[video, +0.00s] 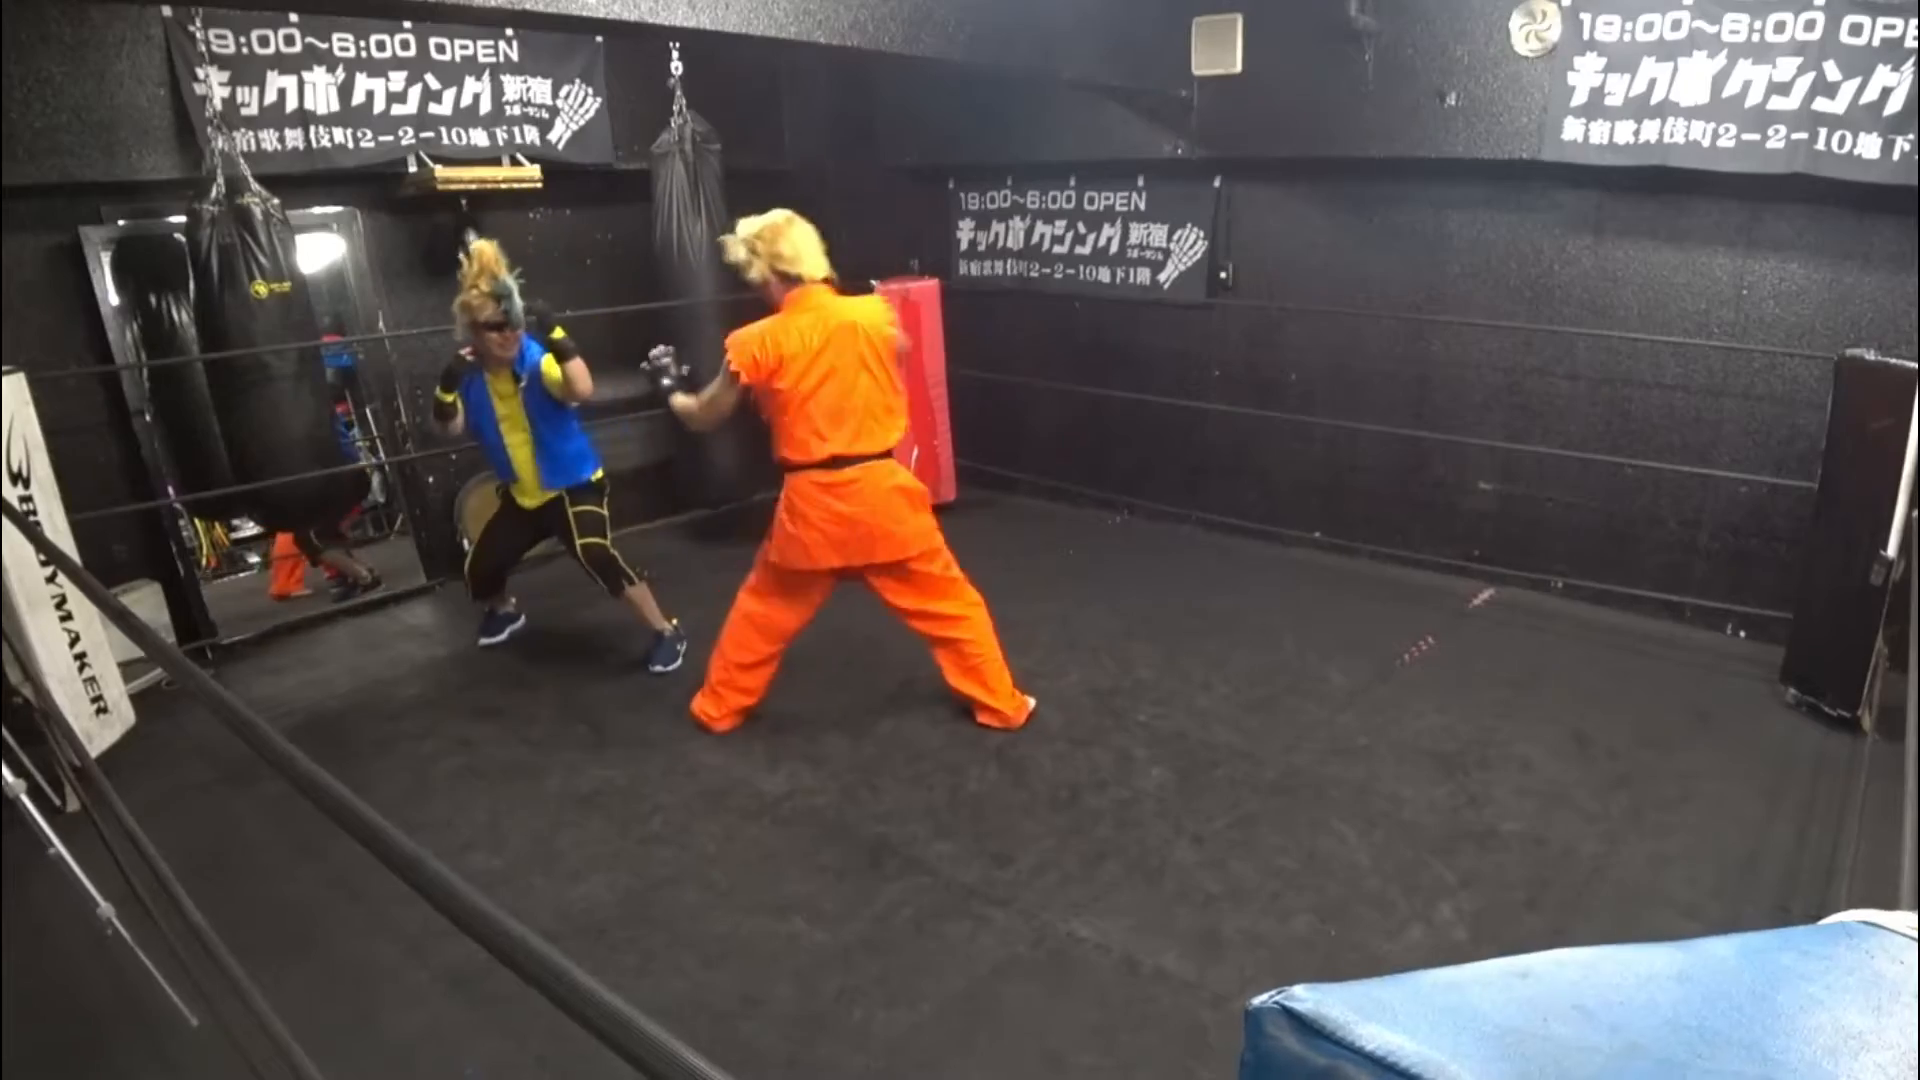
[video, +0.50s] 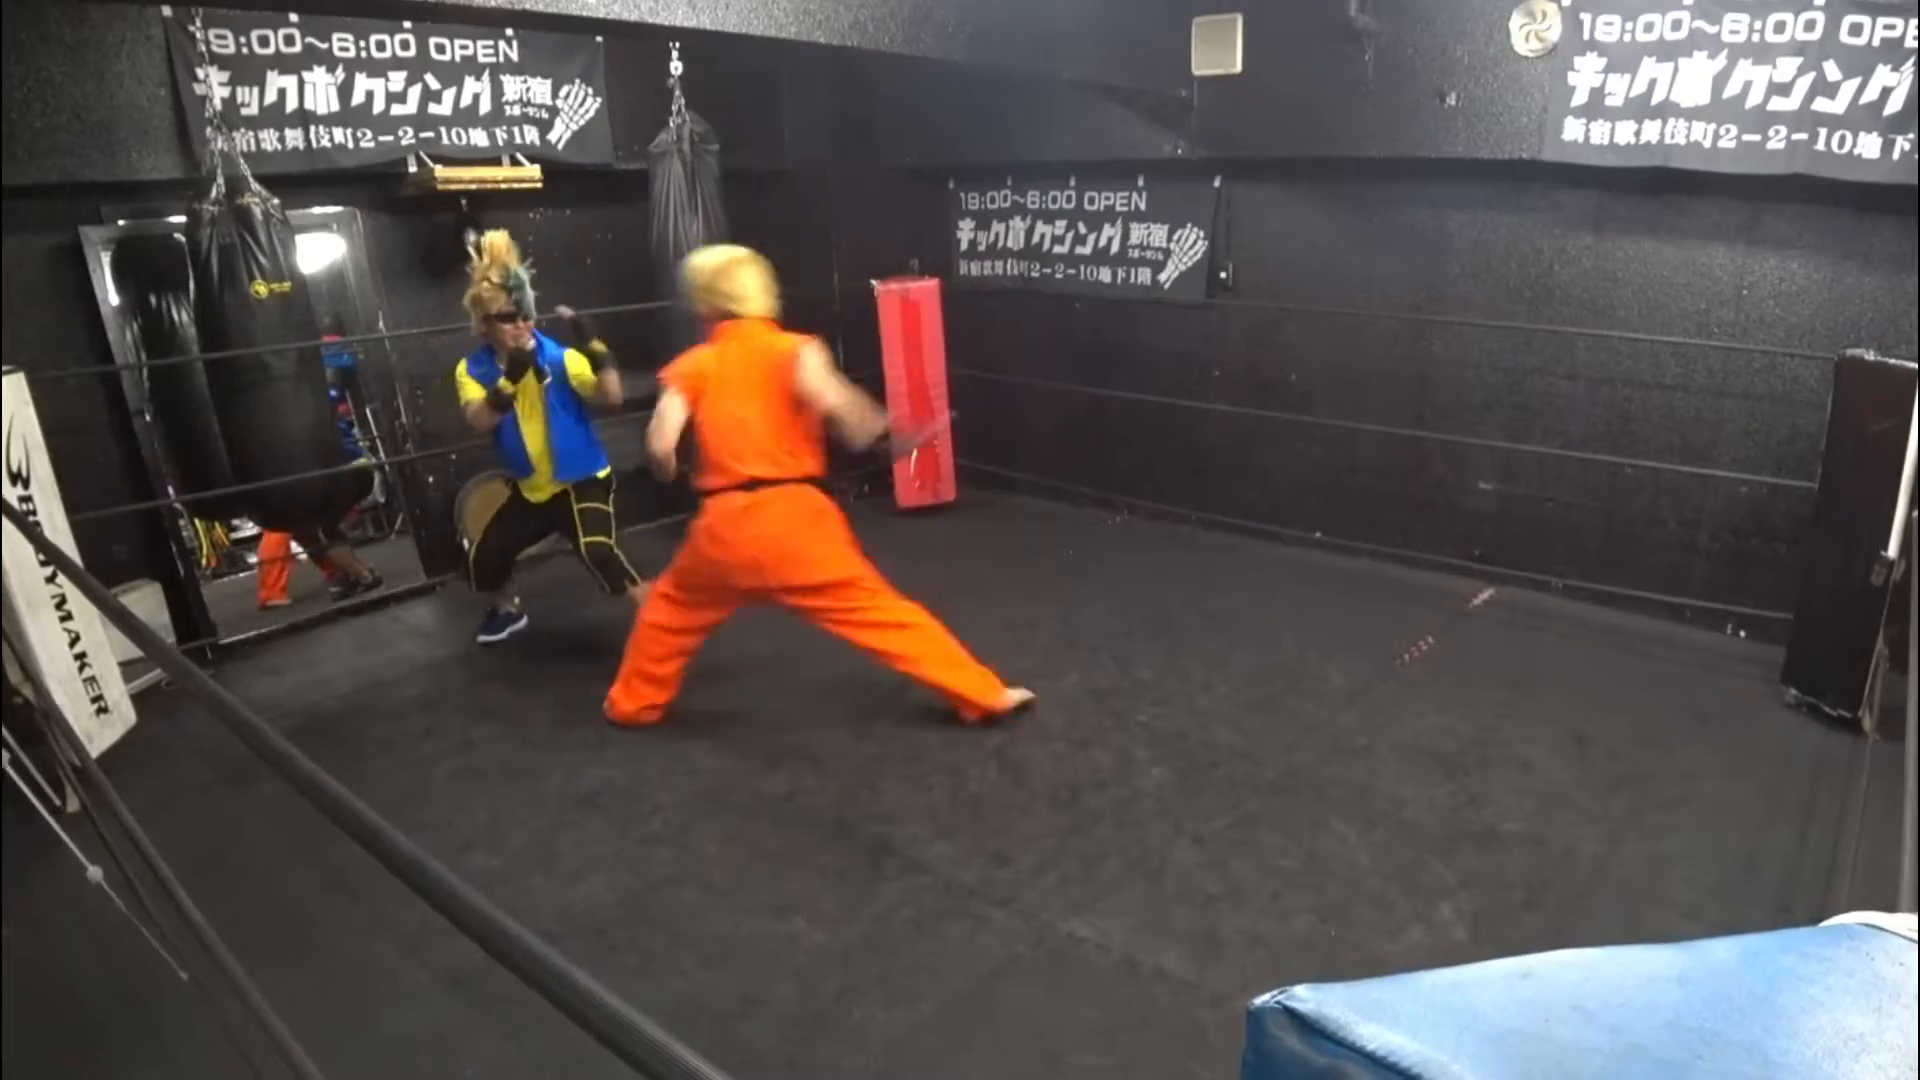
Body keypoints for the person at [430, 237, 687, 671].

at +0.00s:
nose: (506, 335)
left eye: (510, 325)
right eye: (493, 328)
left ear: (520, 325)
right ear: (473, 336)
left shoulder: (537, 361)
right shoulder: (470, 379)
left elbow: (583, 391)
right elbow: (447, 428)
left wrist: (556, 336)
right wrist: (447, 389)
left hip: (575, 486)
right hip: (522, 497)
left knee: (595, 554)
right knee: (481, 570)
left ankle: (665, 631)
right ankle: (504, 611)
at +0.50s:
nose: (520, 326)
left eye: (525, 316)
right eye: (508, 319)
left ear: (533, 317)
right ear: (485, 325)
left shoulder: (558, 356)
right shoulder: (473, 370)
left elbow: (610, 399)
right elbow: (480, 422)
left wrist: (597, 350)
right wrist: (511, 380)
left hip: (583, 482)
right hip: (532, 491)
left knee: (597, 552)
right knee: (484, 562)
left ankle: (657, 616)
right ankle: (509, 609)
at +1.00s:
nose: (438, 254)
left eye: (445, 241)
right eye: (430, 246)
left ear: (467, 242)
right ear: (425, 255)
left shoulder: (508, 287)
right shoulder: (430, 308)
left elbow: (504, 341)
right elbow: (454, 359)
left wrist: (482, 297)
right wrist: (454, 310)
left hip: (529, 421)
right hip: (479, 430)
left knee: (558, 486)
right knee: (484, 519)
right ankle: (504, 606)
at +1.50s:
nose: (495, 308)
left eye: (500, 298)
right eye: (485, 301)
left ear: (513, 301)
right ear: (471, 308)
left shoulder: (549, 342)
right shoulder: (463, 355)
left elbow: (585, 397)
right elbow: (459, 412)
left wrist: (575, 392)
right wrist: (463, 410)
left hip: (573, 455)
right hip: (517, 464)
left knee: (612, 527)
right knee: (501, 543)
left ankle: (652, 587)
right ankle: (508, 609)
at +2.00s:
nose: (545, 269)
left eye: (551, 257)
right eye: (534, 260)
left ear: (560, 253)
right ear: (511, 261)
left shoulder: (585, 291)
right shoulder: (491, 301)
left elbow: (619, 358)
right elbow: (511, 358)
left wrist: (603, 310)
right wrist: (545, 322)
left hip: (604, 430)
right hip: (549, 437)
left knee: (624, 529)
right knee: (537, 528)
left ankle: (679, 589)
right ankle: (578, 612)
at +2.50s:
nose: (544, 293)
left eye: (550, 280)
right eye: (532, 283)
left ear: (564, 278)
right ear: (515, 286)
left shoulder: (595, 315)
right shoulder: (505, 328)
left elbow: (644, 373)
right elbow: (505, 385)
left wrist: (627, 326)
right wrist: (532, 344)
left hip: (625, 462)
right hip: (562, 472)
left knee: (664, 556)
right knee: (534, 562)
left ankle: (718, 636)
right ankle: (541, 634)